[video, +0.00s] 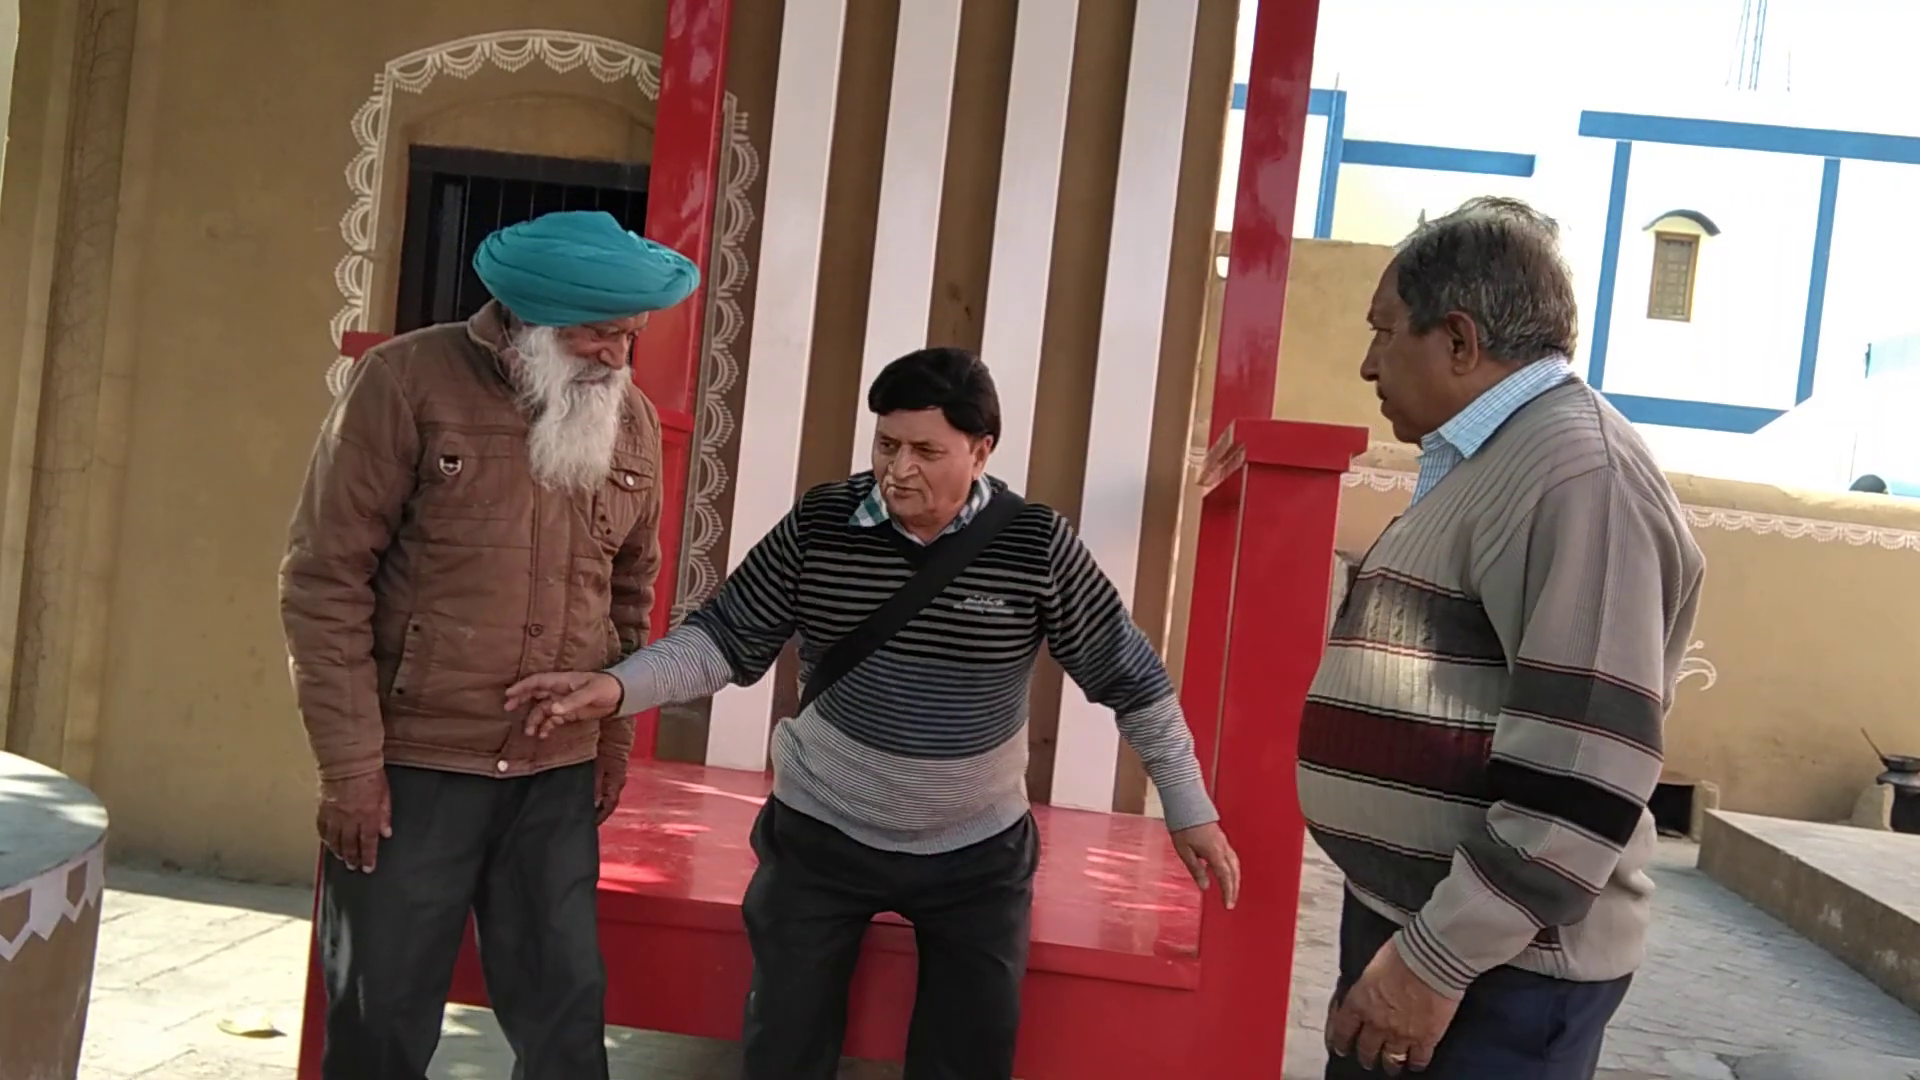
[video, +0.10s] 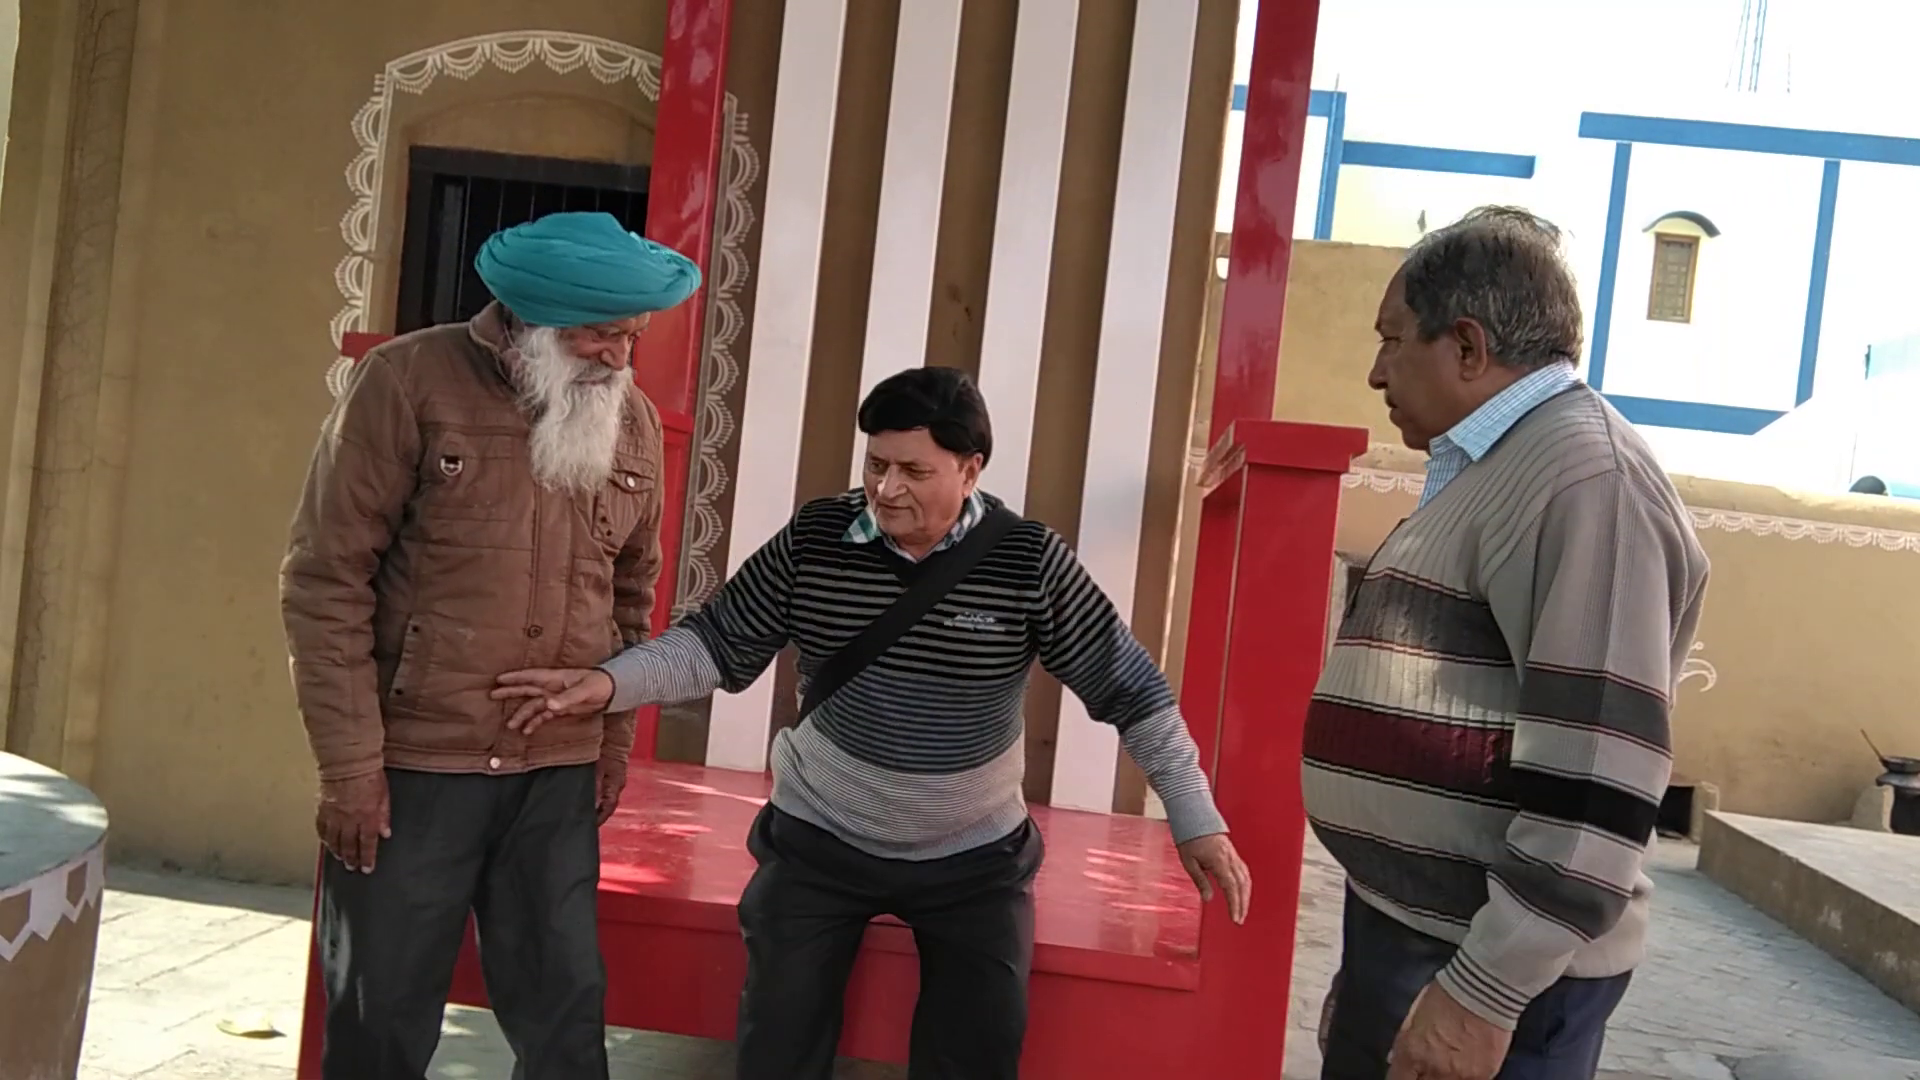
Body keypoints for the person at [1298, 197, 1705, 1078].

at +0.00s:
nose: (1366, 362)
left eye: (1383, 332)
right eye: (1372, 334)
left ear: (1459, 338)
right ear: (1462, 342)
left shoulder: (1585, 479)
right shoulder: (1493, 457)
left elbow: (1582, 786)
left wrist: (1430, 961)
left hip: (1505, 975)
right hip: (1412, 937)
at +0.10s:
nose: (1374, 370)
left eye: (1391, 340)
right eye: (1379, 342)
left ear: (1468, 346)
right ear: (1471, 349)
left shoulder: (1591, 482)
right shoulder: (1498, 464)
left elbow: (1600, 780)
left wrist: (1481, 992)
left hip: (1488, 972)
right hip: (1408, 934)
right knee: (1359, 1067)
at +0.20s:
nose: (1385, 375)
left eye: (1400, 346)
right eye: (1389, 348)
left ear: (1474, 352)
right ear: (1479, 355)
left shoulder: (1590, 486)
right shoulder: (1500, 467)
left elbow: (1609, 784)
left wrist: (1526, 1008)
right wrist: (1272, 528)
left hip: (1474, 965)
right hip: (1402, 933)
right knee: (1351, 1064)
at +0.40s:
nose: (1380, 383)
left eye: (1392, 355)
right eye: (1383, 357)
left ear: (1456, 357)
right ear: (1458, 360)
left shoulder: (1569, 474)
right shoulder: (1482, 468)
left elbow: (1598, 753)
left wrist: (1528, 981)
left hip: (1454, 941)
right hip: (1391, 915)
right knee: (1339, 1062)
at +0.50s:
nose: (1358, 388)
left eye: (1367, 359)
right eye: (1360, 361)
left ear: (1425, 358)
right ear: (1427, 361)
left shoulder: (1536, 465)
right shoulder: (1465, 464)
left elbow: (1574, 739)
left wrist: (1491, 949)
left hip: (1449, 930)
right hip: (1394, 908)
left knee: (1293, 1061)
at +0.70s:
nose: (1310, 401)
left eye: (1311, 376)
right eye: (1307, 377)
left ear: (1354, 373)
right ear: (1446, 356)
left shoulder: (1432, 470)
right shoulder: (1471, 448)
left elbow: (1466, 734)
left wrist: (1410, 948)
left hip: (1383, 917)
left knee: (1267, 1062)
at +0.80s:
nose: (1285, 404)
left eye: (1286, 378)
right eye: (1285, 379)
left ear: (1321, 376)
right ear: (1420, 363)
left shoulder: (1377, 480)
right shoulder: (1468, 461)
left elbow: (1394, 749)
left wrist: (1341, 954)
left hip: (1350, 924)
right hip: (1452, 912)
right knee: (1426, 1068)